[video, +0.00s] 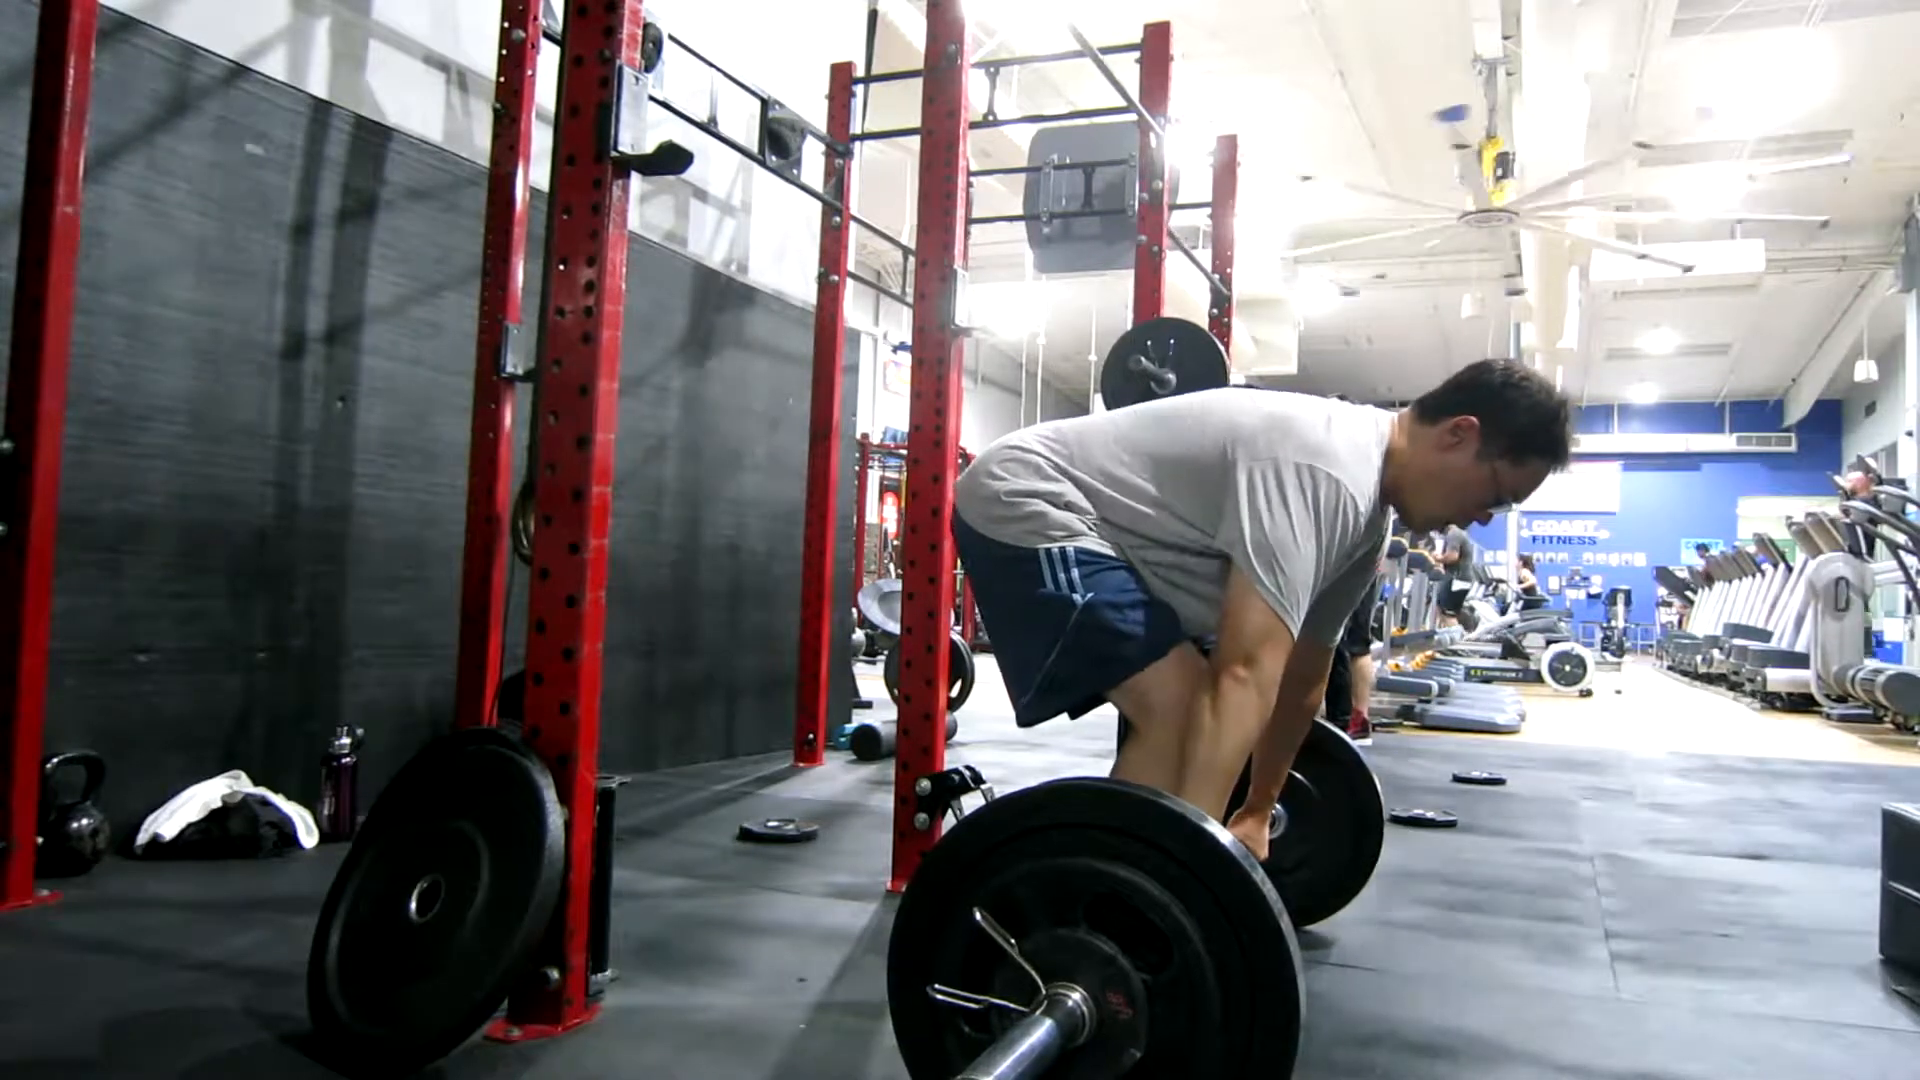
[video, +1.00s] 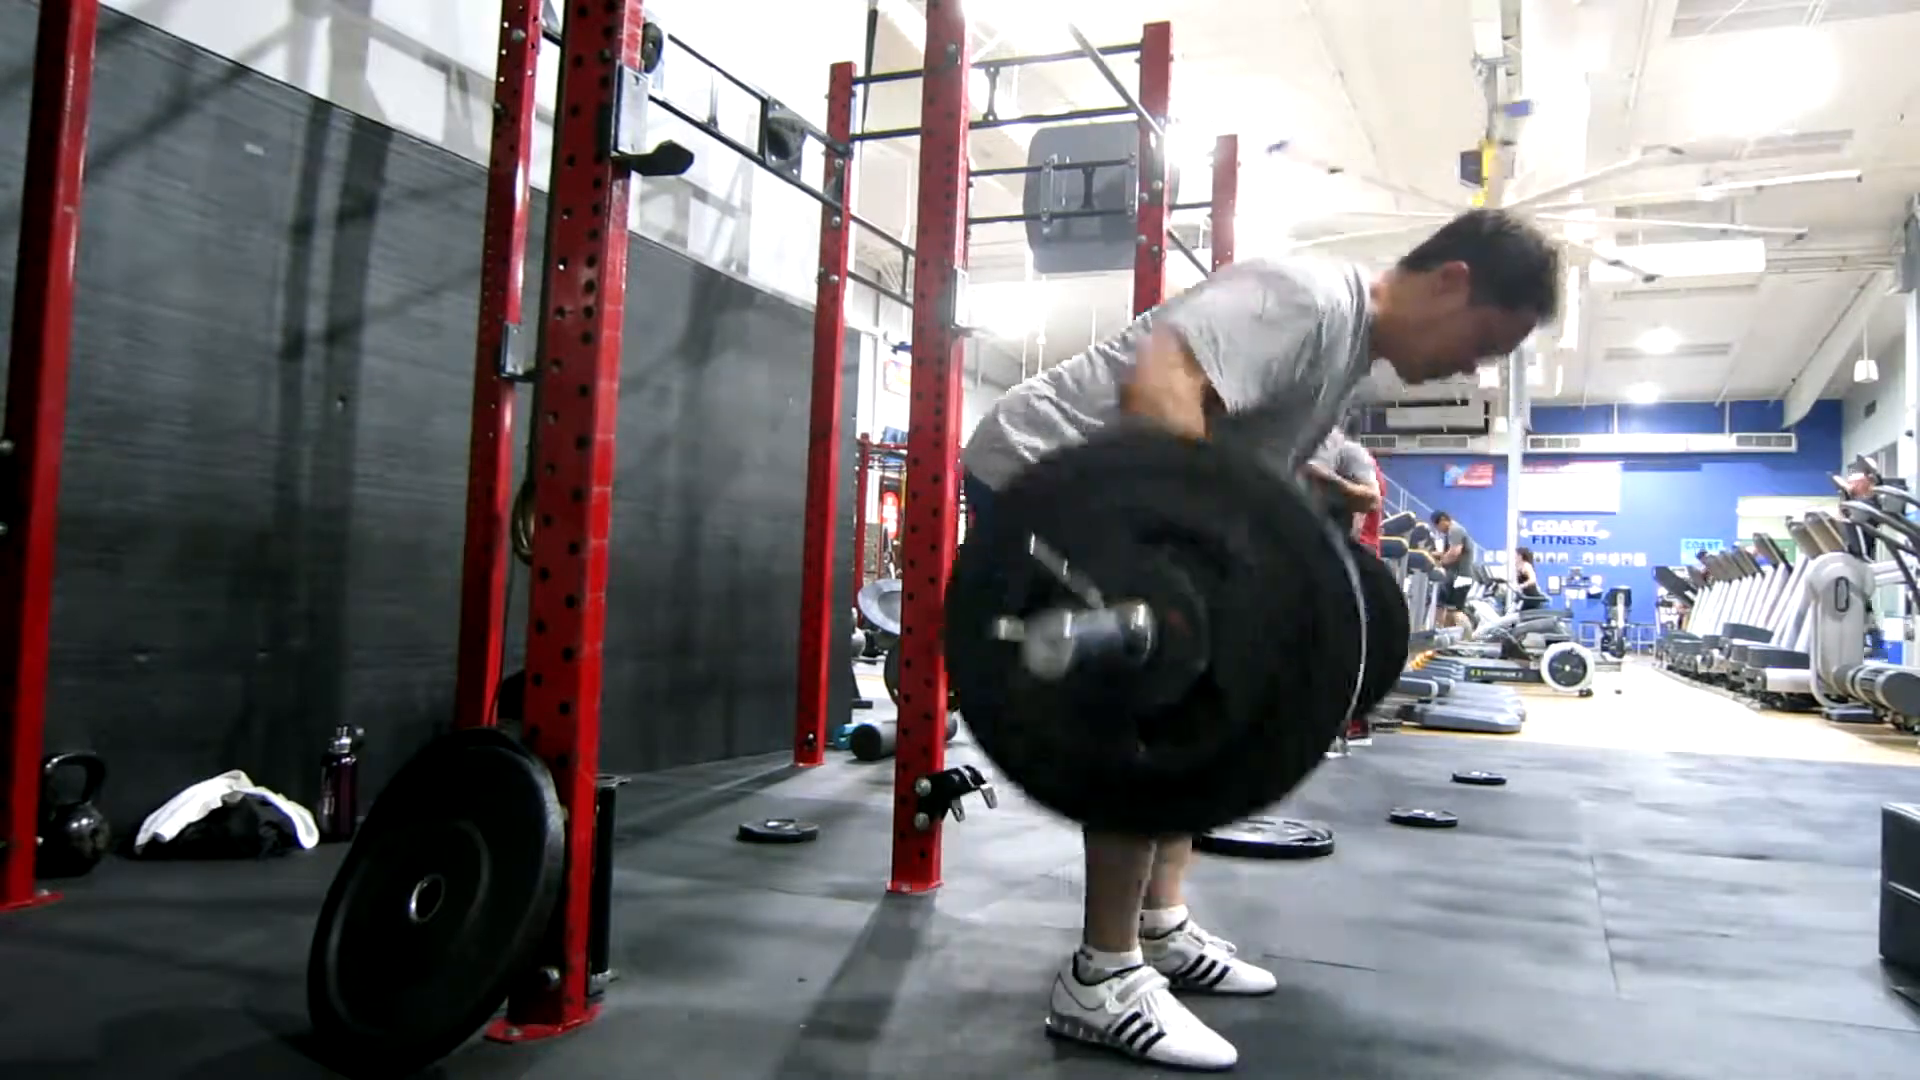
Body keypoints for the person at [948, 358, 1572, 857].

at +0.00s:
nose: (1480, 521)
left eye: (1498, 508)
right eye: (1494, 497)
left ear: (1459, 438)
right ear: (1460, 437)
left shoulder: (1368, 510)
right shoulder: (1321, 465)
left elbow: (1303, 677)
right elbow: (1241, 669)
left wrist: (1258, 811)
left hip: (1086, 518)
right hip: (1029, 497)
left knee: (1187, 706)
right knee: (1182, 699)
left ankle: (1106, 906)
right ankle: (1136, 904)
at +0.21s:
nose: (1485, 497)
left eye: (1503, 484)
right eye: (1498, 473)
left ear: (1457, 416)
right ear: (1458, 414)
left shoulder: (1349, 510)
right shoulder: (1301, 467)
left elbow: (1286, 672)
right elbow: (1214, 661)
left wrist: (1260, 805)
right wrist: (1180, 859)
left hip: (1093, 538)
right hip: (1032, 515)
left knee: (1175, 717)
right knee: (1191, 702)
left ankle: (1113, 896)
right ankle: (1152, 904)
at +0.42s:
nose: (1475, 493)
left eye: (1492, 479)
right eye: (1487, 469)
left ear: (1448, 412)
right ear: (1448, 411)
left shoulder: (1345, 501)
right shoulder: (1287, 468)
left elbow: (1283, 668)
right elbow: (1210, 664)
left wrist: (1260, 804)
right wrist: (1184, 860)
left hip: (1099, 555)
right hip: (1027, 533)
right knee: (1197, 711)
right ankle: (1154, 905)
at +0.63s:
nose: (1476, 473)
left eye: (1494, 459)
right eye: (1487, 448)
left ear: (1443, 391)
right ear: (1444, 391)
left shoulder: (1344, 484)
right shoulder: (1284, 441)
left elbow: (1279, 636)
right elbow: (1200, 629)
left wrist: (1262, 782)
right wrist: (1183, 832)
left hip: (1101, 533)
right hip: (1025, 504)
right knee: (1191, 692)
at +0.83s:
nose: (1474, 434)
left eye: (1493, 421)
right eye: (1486, 410)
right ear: (1449, 351)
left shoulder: (1340, 431)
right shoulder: (1301, 380)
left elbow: (1250, 562)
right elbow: (1174, 506)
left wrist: (1269, 706)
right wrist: (1196, 698)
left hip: (1106, 513)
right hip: (1035, 486)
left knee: (1174, 723)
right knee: (1096, 737)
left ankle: (1193, 941)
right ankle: (1096, 994)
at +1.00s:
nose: (1472, 371)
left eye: (1489, 358)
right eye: (1486, 346)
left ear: (1450, 286)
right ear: (1452, 284)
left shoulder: (1345, 358)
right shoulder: (1306, 300)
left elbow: (1231, 445)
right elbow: (1156, 380)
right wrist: (1211, 545)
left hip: (1105, 489)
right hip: (1037, 475)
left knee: (1196, 694)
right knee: (1137, 706)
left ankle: (1158, 925)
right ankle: (1101, 974)